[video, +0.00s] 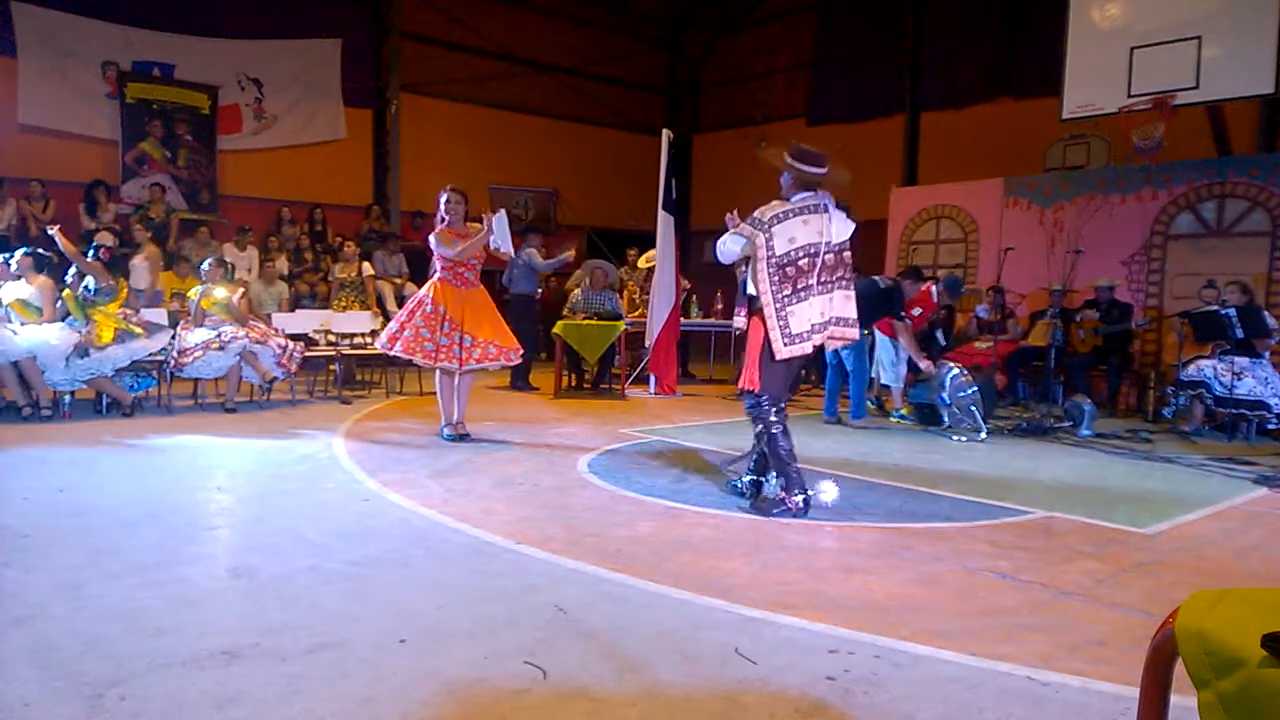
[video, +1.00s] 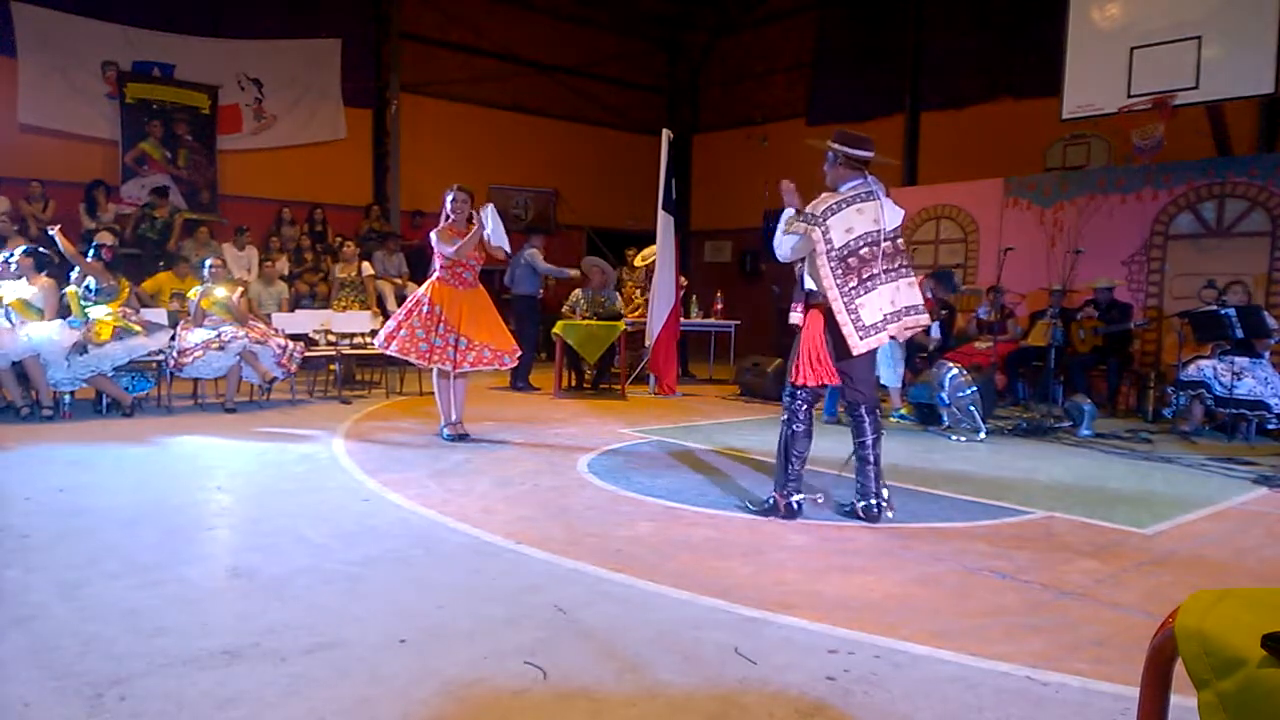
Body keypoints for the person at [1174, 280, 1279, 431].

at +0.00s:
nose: (1226, 296)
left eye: (1231, 293)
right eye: (1225, 293)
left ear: (1245, 297)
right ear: (1222, 296)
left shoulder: (1258, 315)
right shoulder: (1220, 315)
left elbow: (1265, 345)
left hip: (1253, 364)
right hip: (1224, 362)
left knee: (1245, 381)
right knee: (1199, 368)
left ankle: (1241, 426)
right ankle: (1196, 421)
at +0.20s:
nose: (1225, 296)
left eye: (1231, 292)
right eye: (1224, 293)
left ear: (1245, 297)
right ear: (1221, 296)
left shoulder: (1257, 314)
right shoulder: (1218, 315)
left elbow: (1264, 346)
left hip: (1253, 365)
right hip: (1223, 363)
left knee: (1246, 382)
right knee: (1198, 369)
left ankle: (1242, 427)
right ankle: (1195, 421)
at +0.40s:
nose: (1225, 296)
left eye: (1231, 292)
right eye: (1224, 293)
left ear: (1245, 297)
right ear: (1221, 296)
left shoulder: (1257, 315)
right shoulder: (1218, 316)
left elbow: (1264, 346)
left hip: (1253, 364)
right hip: (1223, 363)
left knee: (1247, 382)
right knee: (1198, 368)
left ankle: (1242, 426)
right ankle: (1195, 420)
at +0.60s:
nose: (1225, 296)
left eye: (1231, 292)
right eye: (1224, 293)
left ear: (1245, 297)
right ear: (1221, 296)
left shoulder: (1257, 314)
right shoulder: (1218, 315)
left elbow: (1264, 346)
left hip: (1252, 364)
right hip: (1223, 363)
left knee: (1247, 382)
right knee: (1198, 369)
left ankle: (1242, 426)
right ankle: (1195, 420)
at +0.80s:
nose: (1233, 296)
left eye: (1238, 293)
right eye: (1229, 293)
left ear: (1247, 297)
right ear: (1223, 296)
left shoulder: (1257, 315)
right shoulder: (1217, 315)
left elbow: (1264, 346)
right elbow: (1200, 341)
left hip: (1253, 364)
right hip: (1222, 363)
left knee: (1247, 382)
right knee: (1197, 369)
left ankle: (1242, 426)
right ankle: (1195, 420)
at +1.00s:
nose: (1238, 296)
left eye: (1243, 293)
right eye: (1233, 293)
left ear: (1248, 297)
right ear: (1224, 296)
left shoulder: (1257, 315)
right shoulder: (1216, 315)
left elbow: (1265, 346)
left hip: (1253, 364)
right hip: (1222, 363)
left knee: (1248, 381)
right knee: (1199, 368)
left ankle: (1242, 426)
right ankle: (1195, 419)